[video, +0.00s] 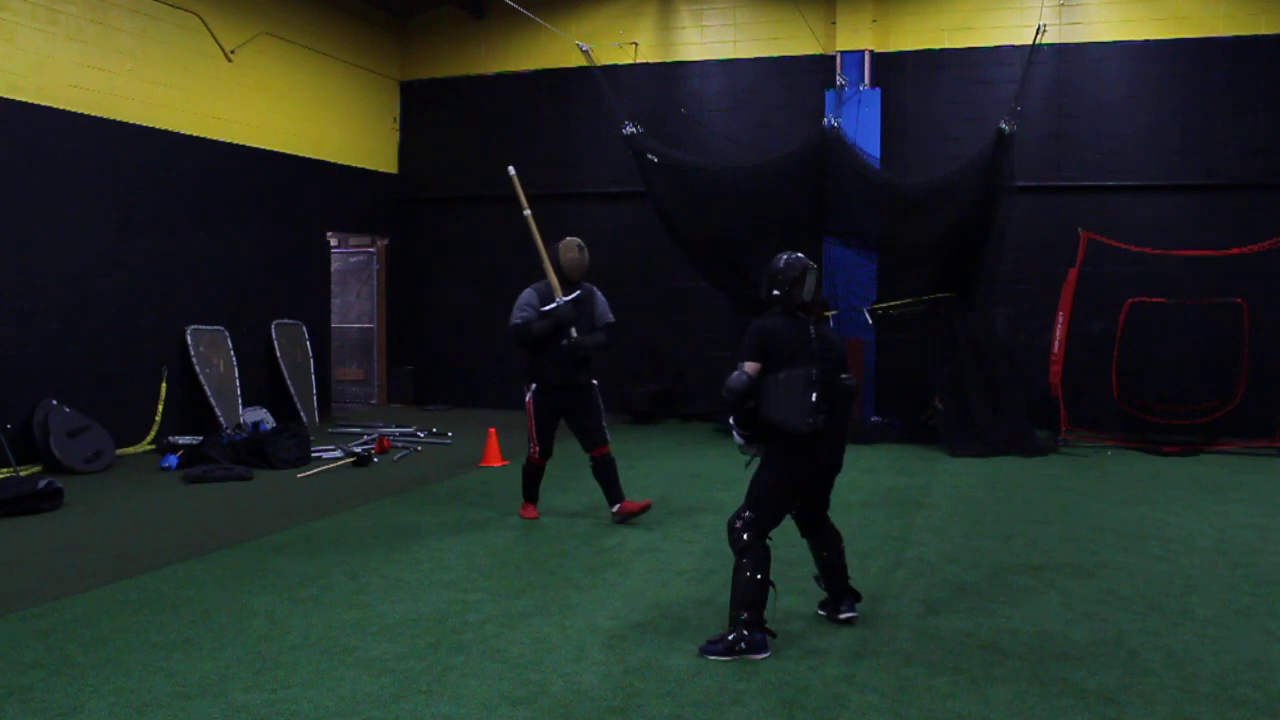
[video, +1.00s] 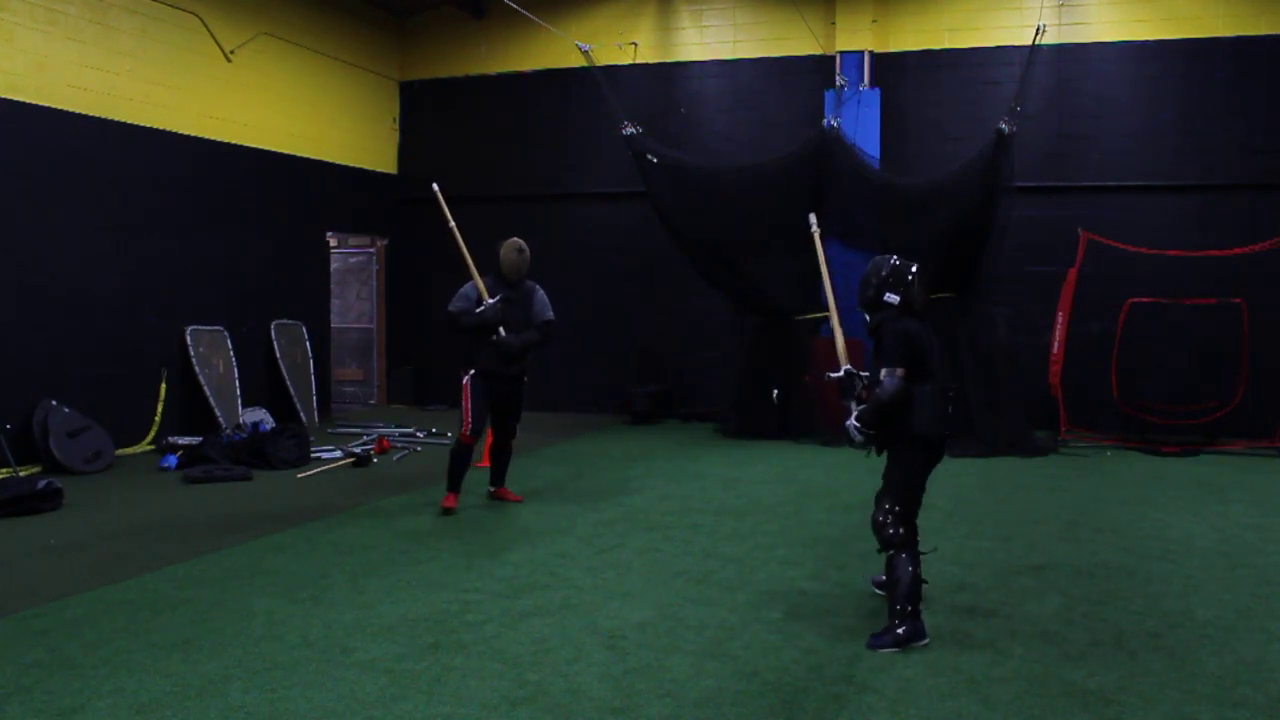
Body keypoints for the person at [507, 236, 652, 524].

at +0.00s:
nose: (576, 258)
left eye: (580, 252)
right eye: (570, 252)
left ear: (587, 259)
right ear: (557, 259)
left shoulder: (592, 296)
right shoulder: (534, 295)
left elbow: (607, 334)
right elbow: (519, 332)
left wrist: (581, 343)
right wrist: (556, 318)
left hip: (581, 384)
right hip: (544, 385)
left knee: (599, 446)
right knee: (539, 451)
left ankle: (617, 504)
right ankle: (529, 502)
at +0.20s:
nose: (553, 265)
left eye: (557, 260)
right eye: (548, 259)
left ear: (563, 261)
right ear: (535, 259)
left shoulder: (572, 287)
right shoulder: (513, 290)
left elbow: (588, 324)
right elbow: (491, 326)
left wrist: (557, 341)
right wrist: (524, 317)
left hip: (563, 374)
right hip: (527, 376)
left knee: (578, 433)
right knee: (530, 440)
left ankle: (559, 490)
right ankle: (528, 501)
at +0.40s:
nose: (535, 276)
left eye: (540, 270)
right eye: (530, 270)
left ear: (547, 265)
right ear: (520, 265)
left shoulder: (560, 289)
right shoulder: (502, 291)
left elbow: (575, 325)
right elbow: (477, 325)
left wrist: (540, 342)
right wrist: (504, 319)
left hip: (548, 374)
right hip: (514, 374)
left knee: (543, 437)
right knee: (524, 437)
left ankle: (512, 473)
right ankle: (527, 499)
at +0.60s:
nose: (527, 283)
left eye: (532, 278)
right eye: (523, 277)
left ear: (540, 273)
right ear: (514, 272)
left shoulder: (552, 297)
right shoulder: (494, 294)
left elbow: (564, 333)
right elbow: (470, 323)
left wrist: (529, 349)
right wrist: (496, 323)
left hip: (532, 376)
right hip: (499, 374)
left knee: (519, 436)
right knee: (512, 435)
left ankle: (498, 484)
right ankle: (521, 496)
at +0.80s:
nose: (526, 273)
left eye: (531, 268)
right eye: (522, 267)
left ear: (536, 267)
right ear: (510, 265)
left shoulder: (543, 295)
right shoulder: (487, 289)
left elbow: (554, 332)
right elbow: (461, 320)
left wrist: (520, 344)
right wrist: (492, 317)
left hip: (522, 372)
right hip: (489, 369)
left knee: (513, 430)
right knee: (494, 428)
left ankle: (500, 485)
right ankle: (489, 490)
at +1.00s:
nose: (519, 266)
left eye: (523, 260)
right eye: (514, 260)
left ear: (528, 263)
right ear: (501, 260)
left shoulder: (534, 293)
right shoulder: (478, 289)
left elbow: (547, 329)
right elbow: (454, 319)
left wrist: (515, 341)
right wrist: (485, 316)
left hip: (512, 374)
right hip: (479, 371)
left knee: (505, 433)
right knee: (471, 430)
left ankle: (498, 486)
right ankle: (453, 492)